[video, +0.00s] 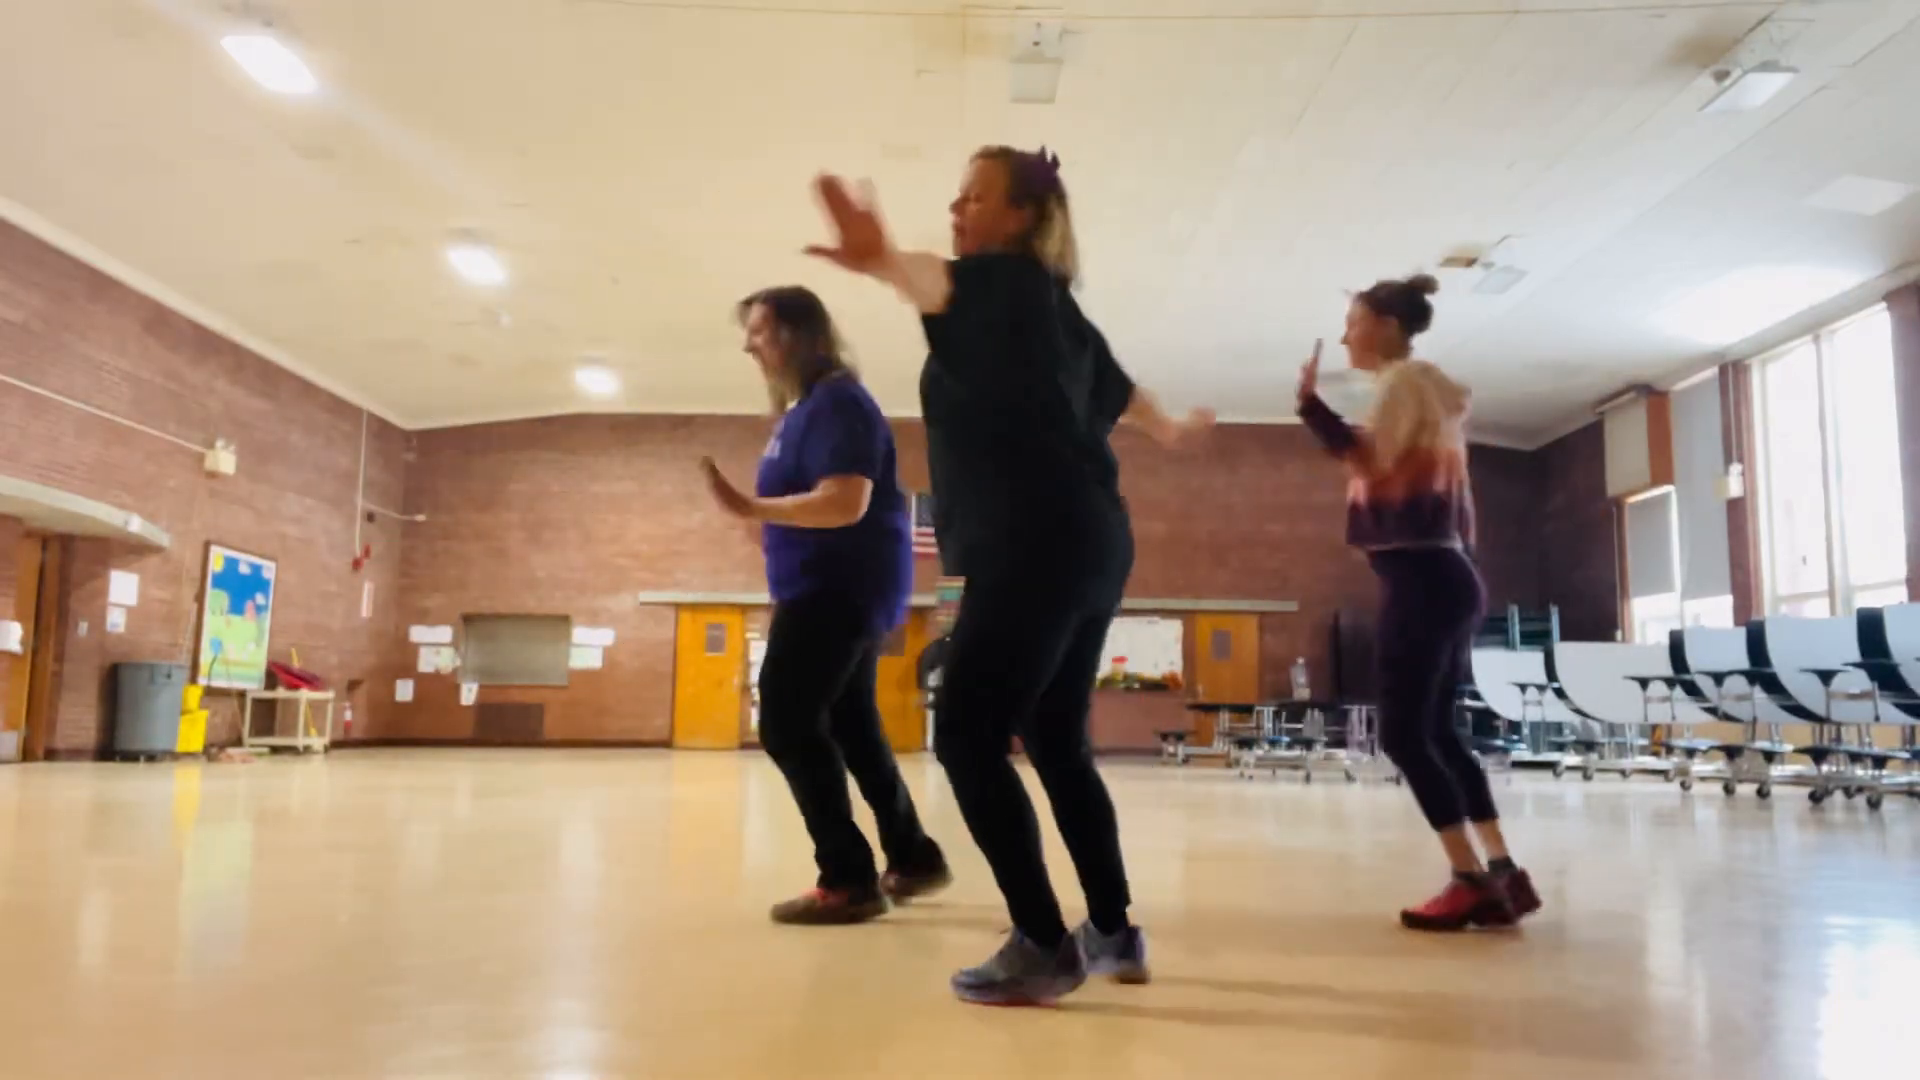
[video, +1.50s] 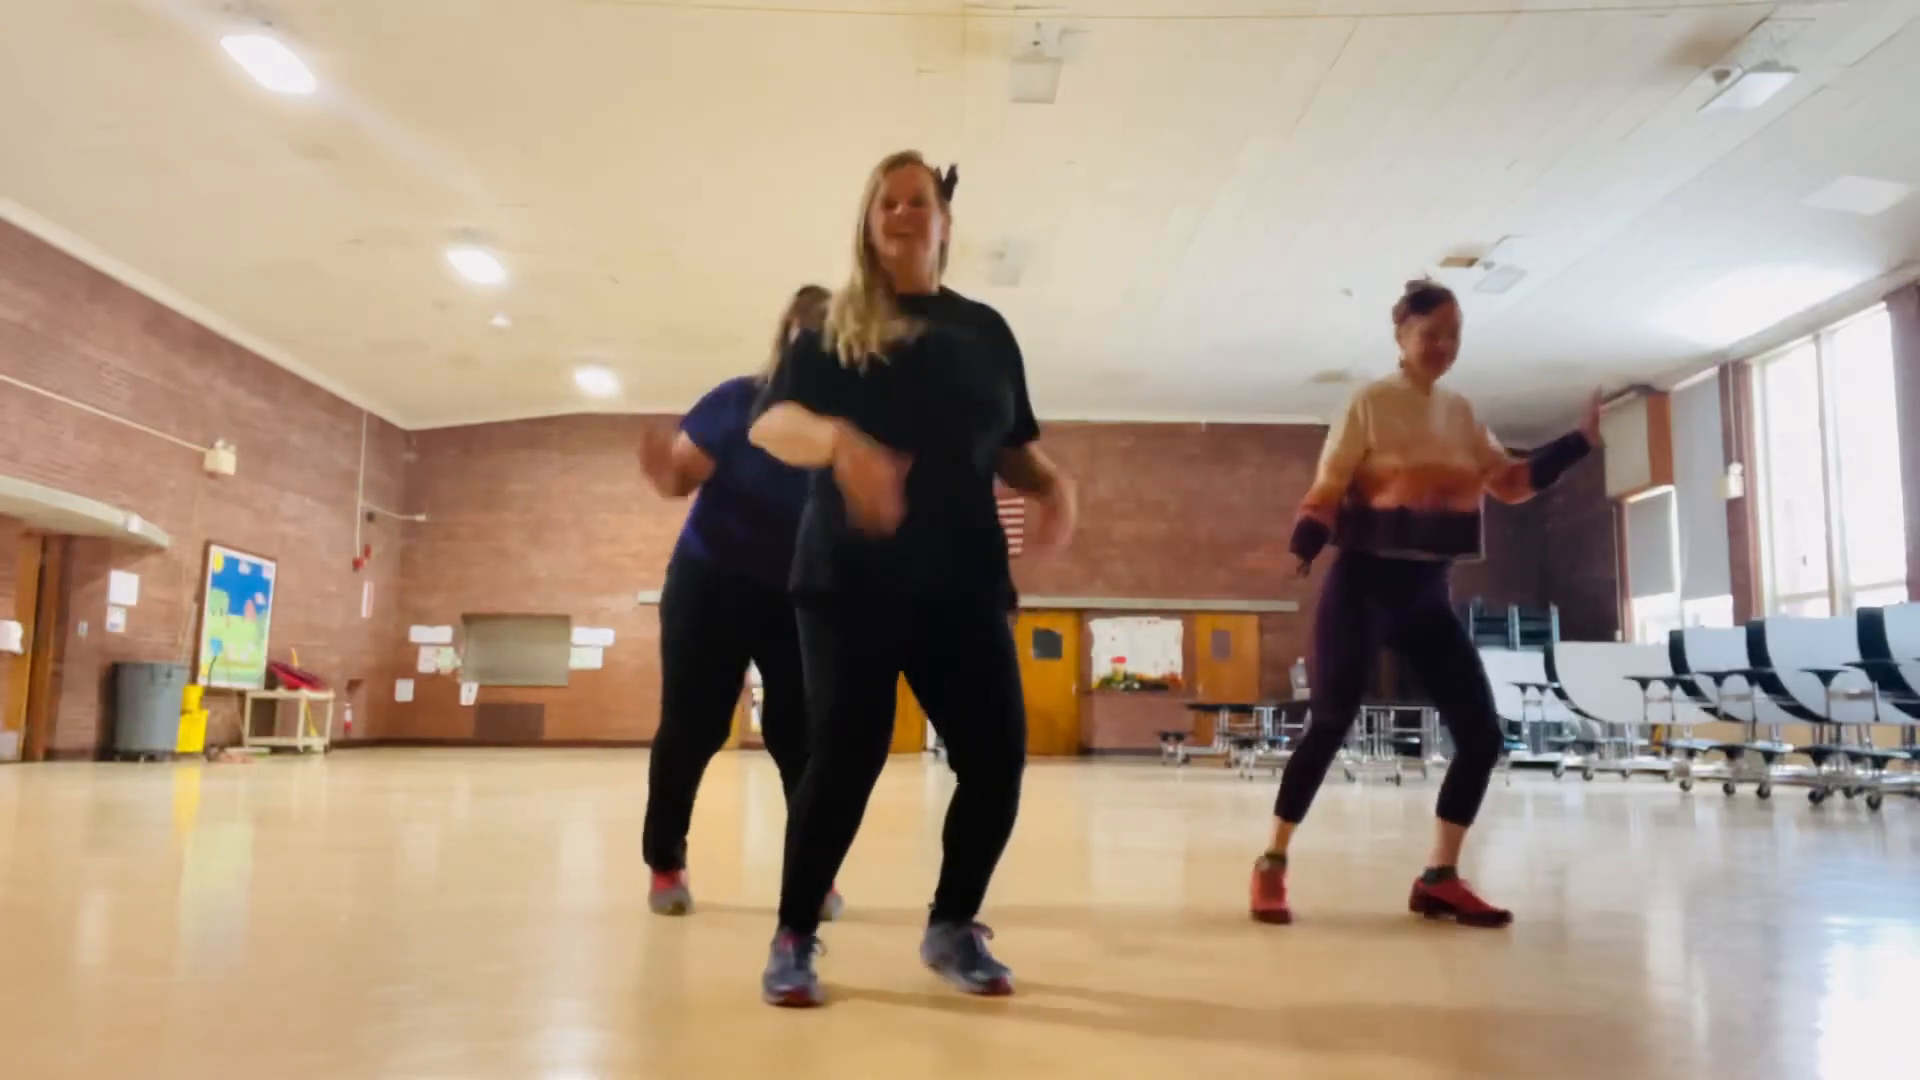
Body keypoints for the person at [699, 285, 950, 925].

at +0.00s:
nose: (750, 345)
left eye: (759, 332)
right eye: (749, 334)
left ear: (795, 333)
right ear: (787, 337)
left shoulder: (840, 403)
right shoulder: (807, 409)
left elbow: (846, 502)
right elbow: (823, 499)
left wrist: (753, 508)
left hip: (838, 593)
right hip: (832, 592)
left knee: (788, 725)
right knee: (852, 725)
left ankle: (848, 882)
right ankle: (915, 858)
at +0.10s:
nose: (754, 339)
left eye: (764, 325)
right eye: (751, 329)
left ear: (802, 326)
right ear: (760, 339)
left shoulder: (842, 393)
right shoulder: (798, 404)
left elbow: (875, 488)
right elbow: (800, 492)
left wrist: (784, 526)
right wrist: (735, 481)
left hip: (844, 580)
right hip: (810, 580)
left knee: (819, 720)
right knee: (783, 710)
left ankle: (850, 884)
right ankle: (879, 819)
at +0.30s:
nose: (765, 332)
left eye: (777, 319)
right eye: (758, 321)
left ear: (810, 325)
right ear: (753, 335)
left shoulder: (856, 398)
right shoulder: (765, 412)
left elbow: (909, 486)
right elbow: (754, 491)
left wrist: (863, 539)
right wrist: (691, 439)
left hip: (840, 584)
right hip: (771, 582)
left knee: (820, 723)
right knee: (754, 709)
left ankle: (852, 882)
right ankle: (787, 835)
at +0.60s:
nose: (796, 337)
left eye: (808, 326)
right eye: (785, 328)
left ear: (837, 333)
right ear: (773, 338)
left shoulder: (867, 405)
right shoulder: (753, 407)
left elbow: (910, 475)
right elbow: (691, 471)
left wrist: (892, 500)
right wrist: (667, 413)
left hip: (832, 589)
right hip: (752, 582)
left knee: (812, 728)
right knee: (708, 706)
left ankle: (833, 877)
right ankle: (741, 824)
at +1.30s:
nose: (819, 364)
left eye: (829, 352)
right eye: (809, 350)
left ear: (840, 360)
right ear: (786, 352)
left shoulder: (848, 422)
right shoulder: (740, 405)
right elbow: (682, 486)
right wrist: (684, 458)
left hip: (803, 591)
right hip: (719, 582)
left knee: (797, 736)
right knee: (706, 730)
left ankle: (815, 877)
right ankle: (668, 866)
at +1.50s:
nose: (812, 349)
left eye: (824, 339)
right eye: (804, 334)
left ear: (842, 349)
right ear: (785, 336)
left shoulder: (844, 426)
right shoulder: (741, 401)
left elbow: (863, 518)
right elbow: (680, 480)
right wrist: (666, 462)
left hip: (795, 596)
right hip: (712, 585)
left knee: (801, 736)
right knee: (692, 728)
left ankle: (816, 878)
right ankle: (665, 864)